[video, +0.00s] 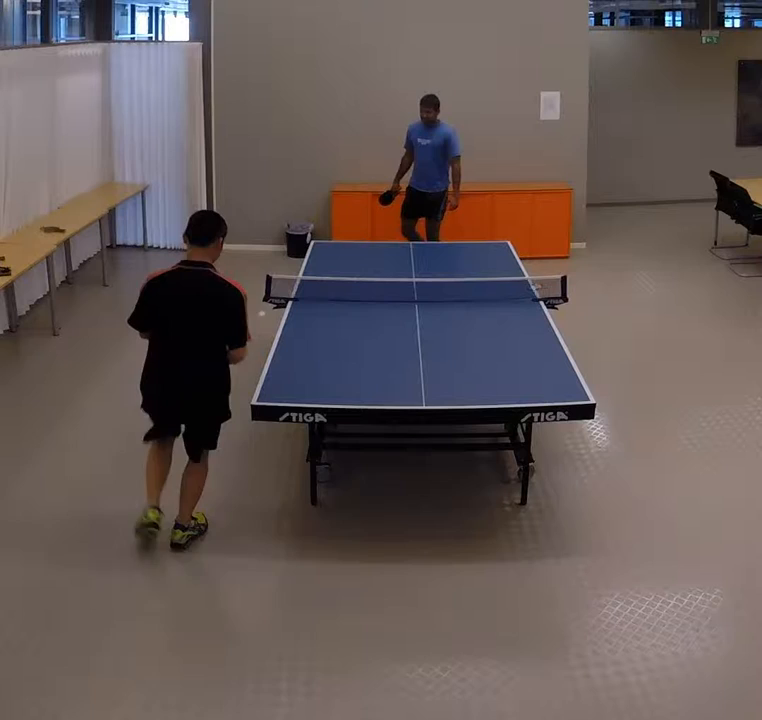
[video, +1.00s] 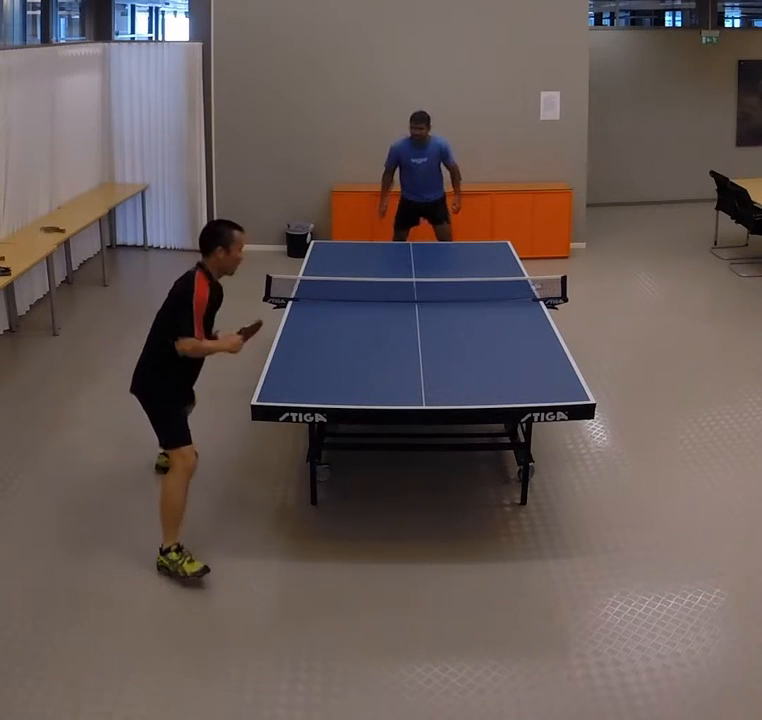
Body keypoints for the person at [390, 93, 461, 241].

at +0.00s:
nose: (424, 115)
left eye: (428, 112)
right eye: (422, 112)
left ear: (437, 112)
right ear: (419, 111)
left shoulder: (448, 133)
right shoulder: (413, 130)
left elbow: (455, 164)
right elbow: (408, 156)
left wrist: (455, 194)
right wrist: (396, 182)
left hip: (437, 190)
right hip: (415, 188)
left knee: (432, 234)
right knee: (407, 230)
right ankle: (427, 255)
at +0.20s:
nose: (420, 117)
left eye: (424, 114)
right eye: (418, 113)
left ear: (433, 113)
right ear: (415, 112)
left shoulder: (444, 134)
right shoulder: (409, 130)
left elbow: (447, 166)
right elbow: (404, 156)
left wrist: (438, 193)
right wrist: (395, 181)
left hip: (431, 191)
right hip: (409, 189)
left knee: (430, 234)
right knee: (399, 231)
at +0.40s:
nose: (411, 122)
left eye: (415, 118)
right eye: (409, 117)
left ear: (424, 117)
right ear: (406, 116)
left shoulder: (437, 136)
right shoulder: (398, 136)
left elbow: (441, 167)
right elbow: (393, 163)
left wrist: (428, 191)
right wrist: (386, 190)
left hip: (426, 196)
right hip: (403, 196)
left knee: (427, 240)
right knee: (398, 239)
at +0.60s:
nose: (402, 123)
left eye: (406, 119)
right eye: (399, 119)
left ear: (415, 117)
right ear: (396, 117)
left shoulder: (430, 137)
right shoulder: (388, 138)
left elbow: (439, 164)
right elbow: (380, 166)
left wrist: (441, 194)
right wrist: (373, 194)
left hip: (423, 196)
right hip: (399, 196)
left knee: (427, 242)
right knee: (396, 242)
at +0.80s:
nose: (403, 123)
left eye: (407, 119)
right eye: (400, 119)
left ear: (416, 119)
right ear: (397, 118)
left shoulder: (428, 137)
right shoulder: (388, 140)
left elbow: (443, 161)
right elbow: (379, 166)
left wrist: (454, 191)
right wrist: (373, 192)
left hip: (426, 197)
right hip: (401, 197)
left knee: (435, 241)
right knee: (397, 242)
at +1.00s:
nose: (416, 132)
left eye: (420, 129)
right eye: (413, 128)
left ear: (428, 129)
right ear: (409, 128)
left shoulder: (440, 146)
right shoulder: (398, 149)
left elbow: (454, 170)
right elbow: (388, 174)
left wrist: (457, 196)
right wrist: (383, 201)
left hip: (435, 201)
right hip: (409, 202)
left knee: (446, 240)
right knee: (398, 241)